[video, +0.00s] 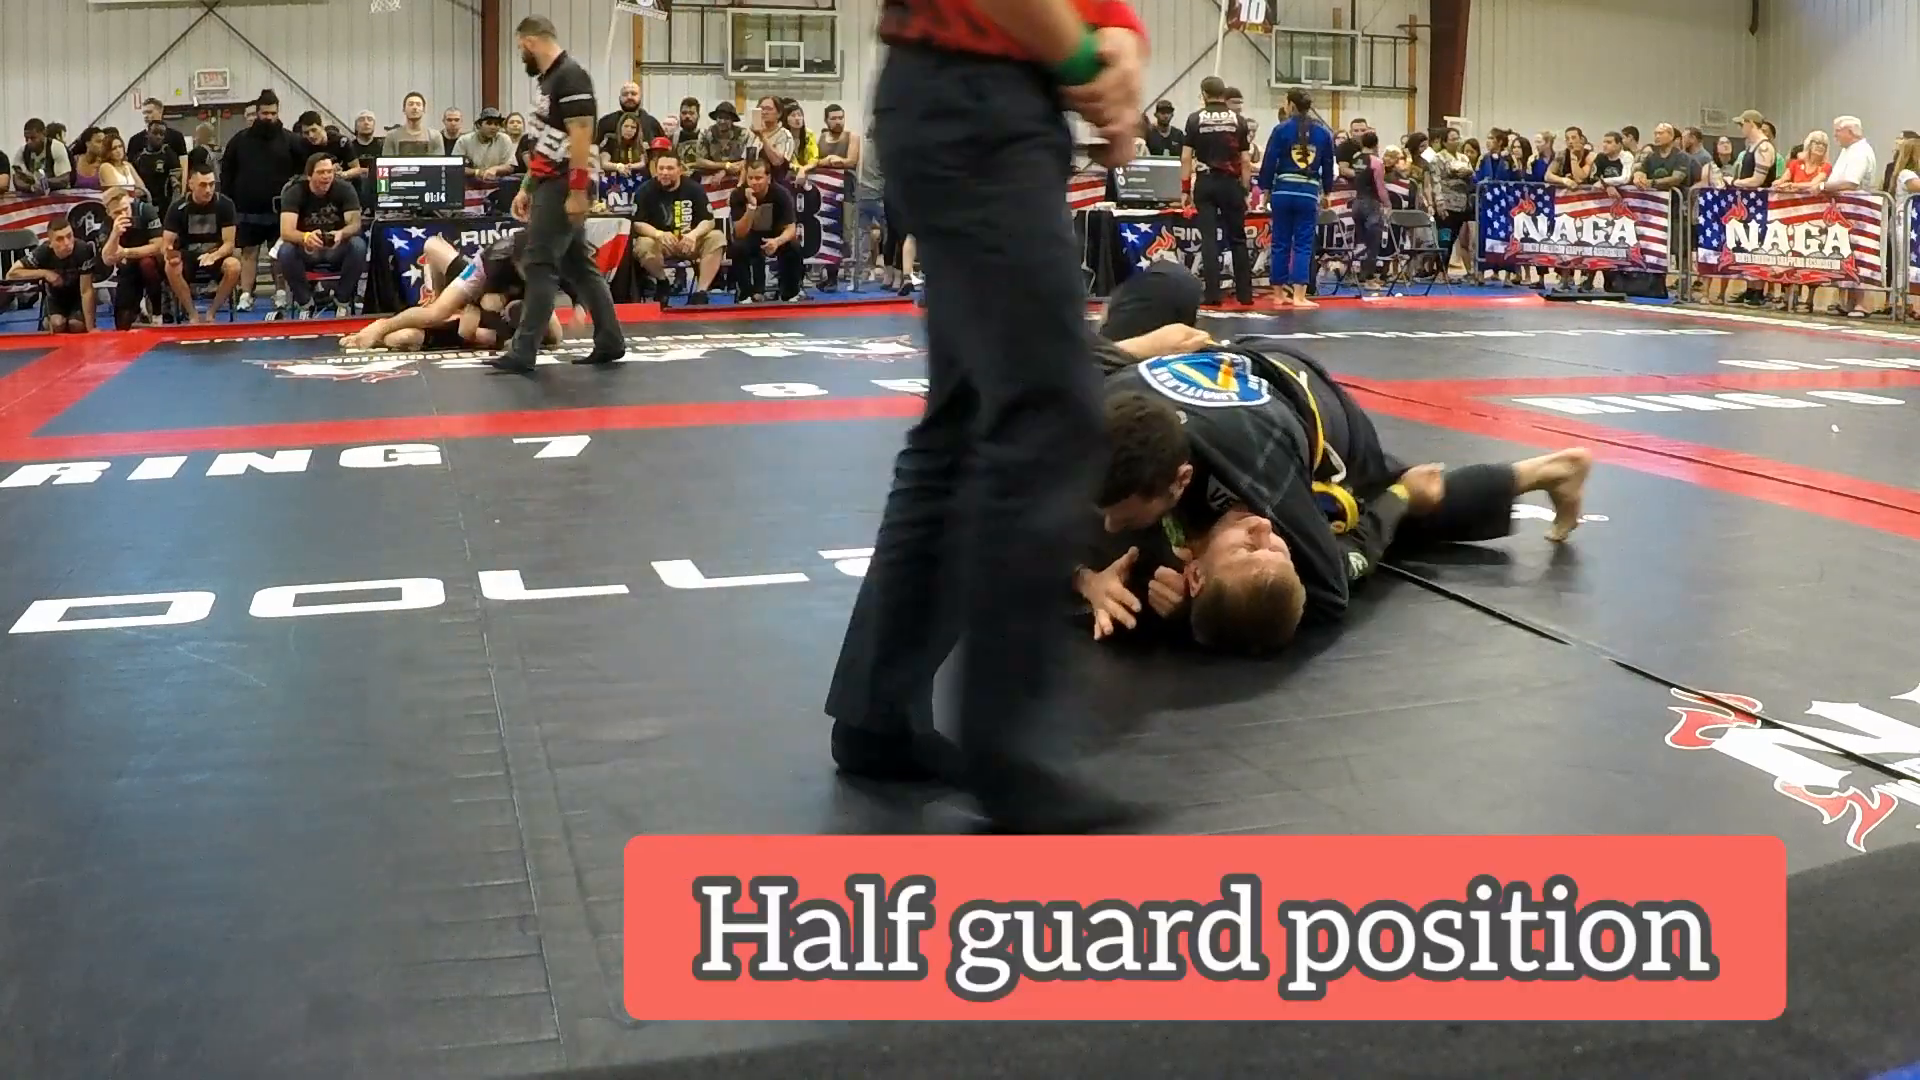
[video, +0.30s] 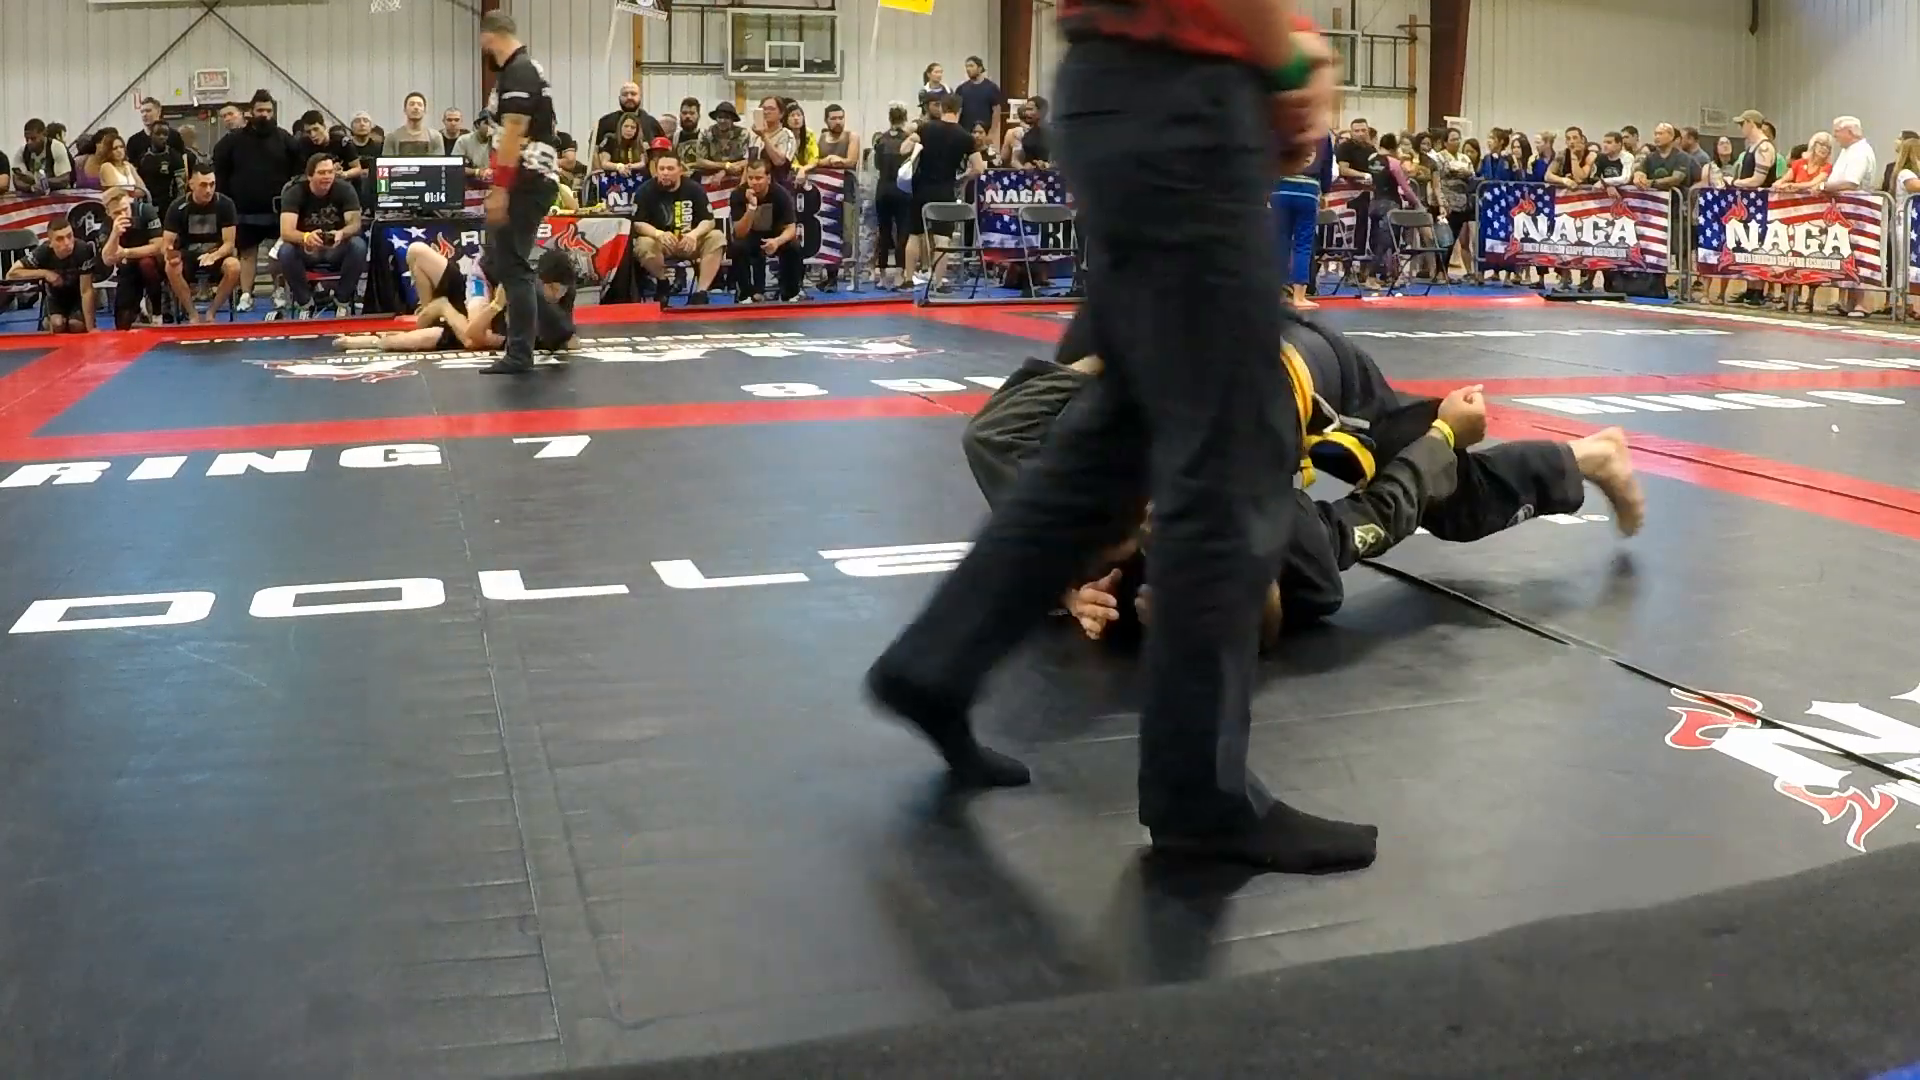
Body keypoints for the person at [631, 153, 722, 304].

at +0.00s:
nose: (665, 172)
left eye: (670, 168)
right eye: (661, 168)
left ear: (680, 170)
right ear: (656, 170)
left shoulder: (693, 188)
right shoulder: (646, 190)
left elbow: (708, 220)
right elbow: (638, 223)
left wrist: (693, 235)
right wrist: (659, 234)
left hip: (689, 242)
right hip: (661, 242)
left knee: (716, 237)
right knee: (644, 245)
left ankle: (701, 291)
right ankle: (662, 281)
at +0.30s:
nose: (665, 173)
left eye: (670, 169)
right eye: (661, 169)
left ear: (681, 171)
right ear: (656, 171)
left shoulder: (693, 188)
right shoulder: (646, 190)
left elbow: (708, 220)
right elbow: (638, 223)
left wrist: (694, 235)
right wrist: (659, 234)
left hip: (689, 243)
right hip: (661, 243)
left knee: (716, 237)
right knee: (644, 244)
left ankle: (701, 292)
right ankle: (662, 280)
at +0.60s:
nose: (665, 173)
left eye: (670, 169)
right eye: (661, 169)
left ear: (680, 171)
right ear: (656, 171)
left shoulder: (693, 188)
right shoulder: (647, 190)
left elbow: (708, 220)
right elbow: (638, 223)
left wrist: (694, 233)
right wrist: (659, 234)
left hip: (689, 242)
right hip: (661, 242)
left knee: (716, 237)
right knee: (644, 244)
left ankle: (701, 292)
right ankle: (662, 281)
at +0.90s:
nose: (666, 174)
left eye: (671, 169)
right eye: (662, 169)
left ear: (681, 171)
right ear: (657, 171)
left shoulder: (693, 188)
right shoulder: (646, 190)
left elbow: (708, 219)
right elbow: (638, 223)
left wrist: (694, 232)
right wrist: (658, 234)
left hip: (688, 242)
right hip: (659, 243)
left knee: (716, 237)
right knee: (644, 244)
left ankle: (701, 292)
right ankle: (662, 281)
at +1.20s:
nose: (667, 173)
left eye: (672, 169)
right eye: (663, 169)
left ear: (682, 171)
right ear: (657, 170)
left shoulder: (694, 189)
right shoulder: (647, 190)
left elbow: (709, 221)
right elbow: (639, 223)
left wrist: (694, 235)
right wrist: (658, 236)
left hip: (689, 243)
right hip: (659, 243)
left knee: (717, 238)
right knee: (644, 244)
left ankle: (701, 293)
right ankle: (662, 281)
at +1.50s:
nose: (670, 174)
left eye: (675, 169)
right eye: (666, 169)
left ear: (684, 171)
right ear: (660, 170)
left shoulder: (696, 189)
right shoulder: (649, 190)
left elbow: (710, 222)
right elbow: (639, 223)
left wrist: (695, 235)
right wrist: (658, 234)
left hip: (689, 243)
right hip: (660, 243)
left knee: (717, 240)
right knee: (644, 244)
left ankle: (700, 293)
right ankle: (662, 281)